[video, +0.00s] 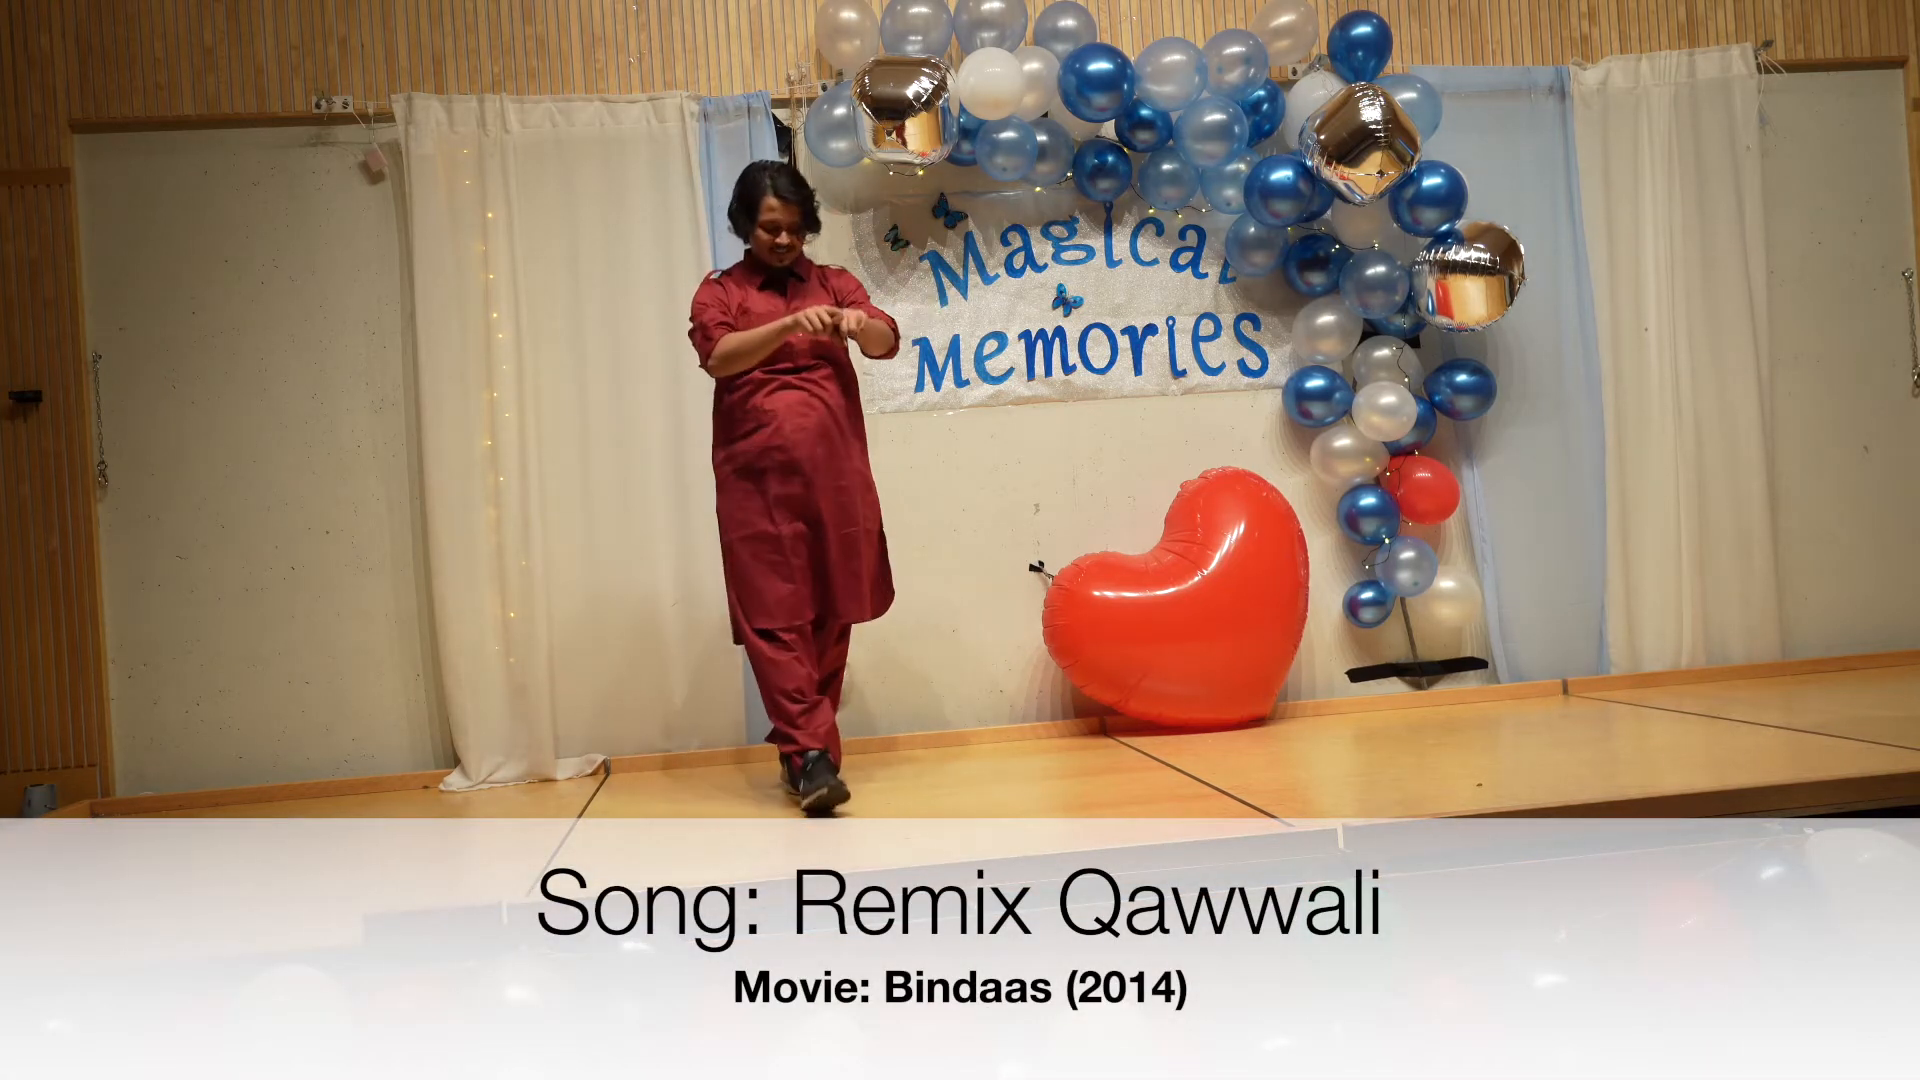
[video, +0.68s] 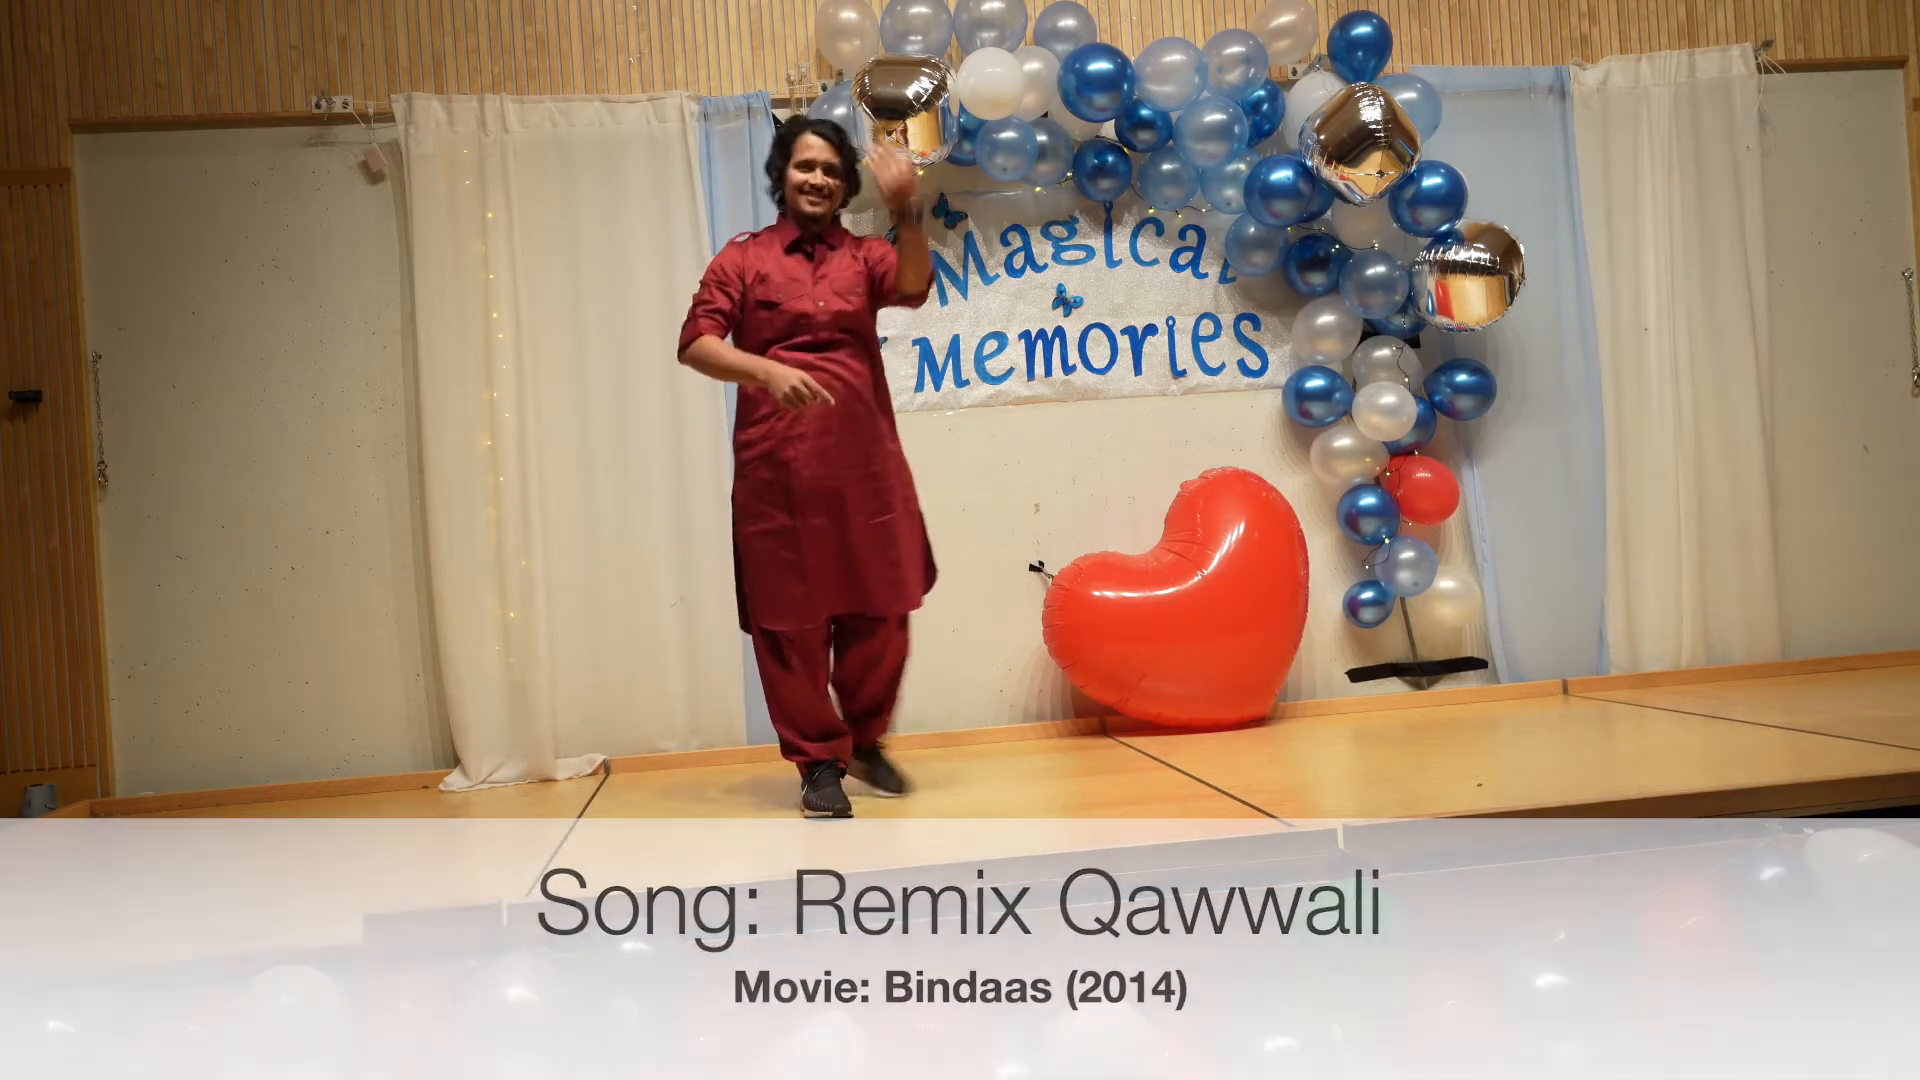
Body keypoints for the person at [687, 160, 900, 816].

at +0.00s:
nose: (781, 239)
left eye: (792, 227)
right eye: (769, 227)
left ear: (808, 224)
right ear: (744, 224)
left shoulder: (833, 282)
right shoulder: (718, 292)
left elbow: (886, 344)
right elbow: (718, 359)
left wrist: (853, 321)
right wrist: (788, 322)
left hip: (835, 478)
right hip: (757, 485)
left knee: (831, 614)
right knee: (776, 619)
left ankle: (806, 746)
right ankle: (811, 756)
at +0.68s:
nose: (817, 179)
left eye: (831, 170)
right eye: (804, 166)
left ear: (847, 185)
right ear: (780, 176)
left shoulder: (863, 254)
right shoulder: (742, 257)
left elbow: (915, 283)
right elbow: (696, 343)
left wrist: (906, 210)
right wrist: (766, 369)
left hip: (864, 459)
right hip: (778, 467)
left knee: (880, 605)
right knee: (789, 616)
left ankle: (865, 741)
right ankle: (818, 764)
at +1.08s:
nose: (872, 200)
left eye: (886, 190)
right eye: (861, 186)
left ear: (904, 192)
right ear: (838, 182)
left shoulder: (925, 257)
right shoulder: (796, 256)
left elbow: (1003, 305)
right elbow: (736, 346)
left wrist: (1054, 263)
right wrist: (796, 402)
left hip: (915, 463)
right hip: (826, 467)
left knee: (955, 609)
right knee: (816, 621)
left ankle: (1000, 757)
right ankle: (823, 769)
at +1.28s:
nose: (931, 203)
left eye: (948, 192)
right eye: (921, 187)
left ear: (967, 192)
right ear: (898, 178)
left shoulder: (981, 256)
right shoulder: (852, 250)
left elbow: (1032, 335)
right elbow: (796, 344)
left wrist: (1085, 357)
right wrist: (853, 410)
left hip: (961, 460)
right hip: (870, 462)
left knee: (986, 611)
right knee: (849, 616)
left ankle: (1007, 761)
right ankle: (829, 764)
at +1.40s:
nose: (970, 199)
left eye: (984, 186)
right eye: (958, 183)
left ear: (999, 184)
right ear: (930, 174)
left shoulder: (1009, 251)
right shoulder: (882, 243)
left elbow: (1045, 330)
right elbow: (834, 339)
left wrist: (1079, 356)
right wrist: (901, 403)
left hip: (988, 454)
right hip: (898, 457)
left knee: (1000, 604)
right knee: (873, 606)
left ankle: (1008, 760)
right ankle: (840, 758)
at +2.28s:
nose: (1075, 149)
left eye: (1091, 137)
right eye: (1061, 132)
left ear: (1107, 144)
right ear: (1030, 131)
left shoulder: (1109, 229)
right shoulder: (984, 217)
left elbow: (1142, 332)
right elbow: (935, 327)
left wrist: (1230, 369)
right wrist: (1010, 409)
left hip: (1087, 437)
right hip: (1009, 441)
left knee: (1079, 590)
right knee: (1034, 600)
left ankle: (1019, 736)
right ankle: (1076, 771)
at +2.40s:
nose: (1077, 126)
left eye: (1091, 113)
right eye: (1063, 110)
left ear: (1109, 127)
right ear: (1032, 118)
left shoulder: (1124, 225)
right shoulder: (987, 211)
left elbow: (1146, 335)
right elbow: (940, 321)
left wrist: (1207, 394)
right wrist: (1019, 397)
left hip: (1103, 441)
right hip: (1014, 443)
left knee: (1110, 597)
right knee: (1039, 609)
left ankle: (1036, 721)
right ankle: (1079, 772)